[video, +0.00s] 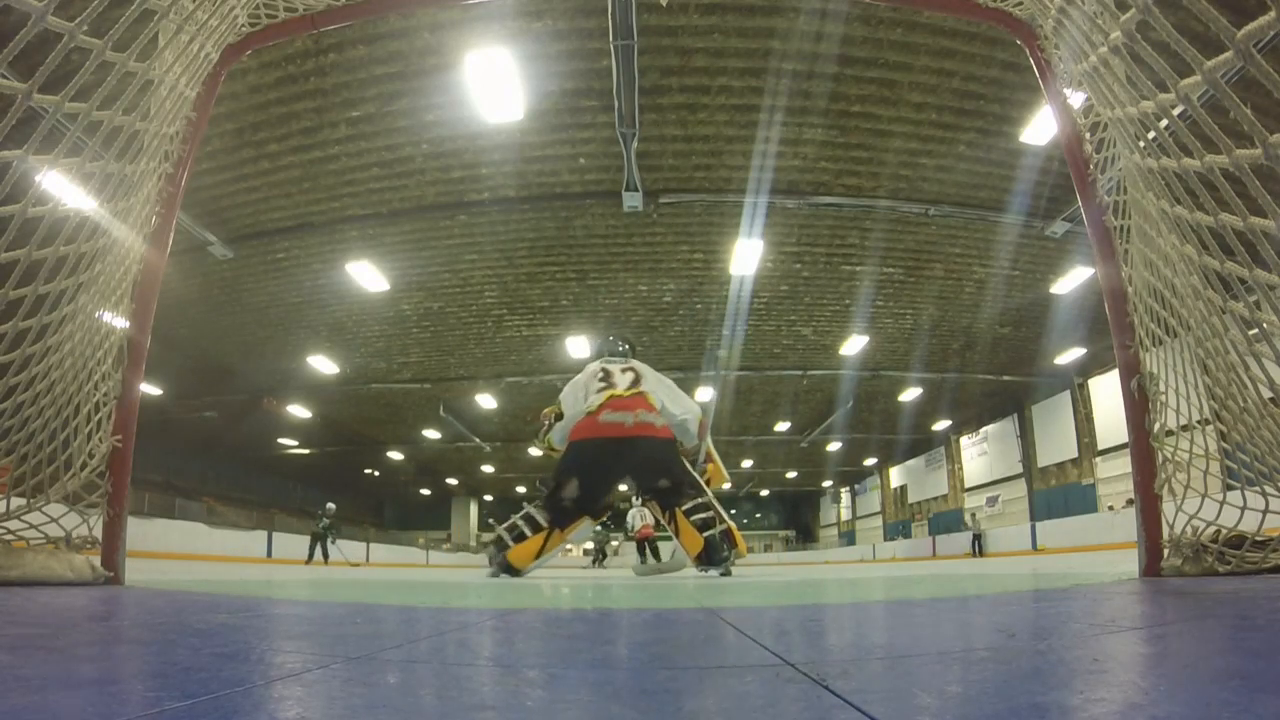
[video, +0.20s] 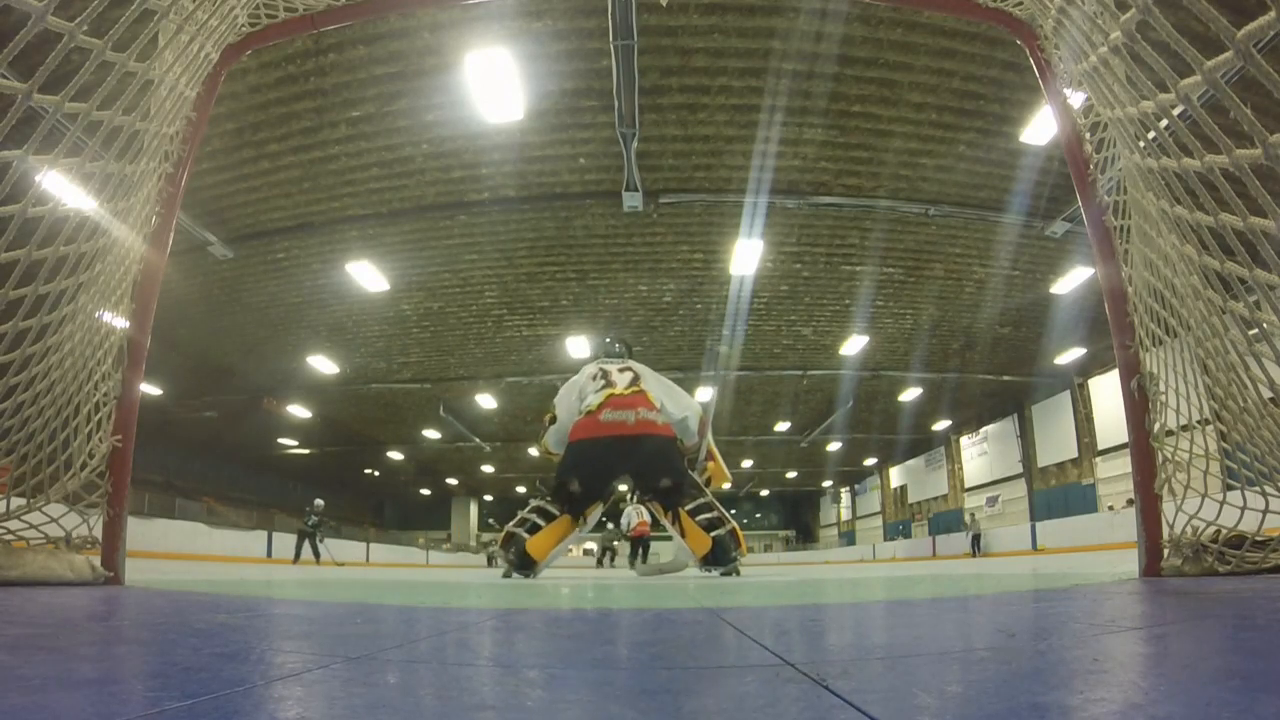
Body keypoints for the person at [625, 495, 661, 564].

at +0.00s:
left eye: (634, 502)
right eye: (638, 502)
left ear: (632, 503)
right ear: (641, 502)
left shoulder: (631, 512)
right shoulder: (646, 510)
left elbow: (629, 523)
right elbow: (652, 521)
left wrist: (629, 531)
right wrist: (650, 526)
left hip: (639, 532)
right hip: (649, 530)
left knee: (641, 549)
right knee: (653, 546)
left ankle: (643, 562)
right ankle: (658, 560)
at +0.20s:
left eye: (627, 500)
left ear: (628, 501)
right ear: (636, 500)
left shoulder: (628, 509)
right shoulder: (642, 507)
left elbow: (623, 522)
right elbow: (649, 519)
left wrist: (624, 532)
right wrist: (646, 526)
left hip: (635, 532)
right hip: (645, 531)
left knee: (634, 551)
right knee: (646, 547)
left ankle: (632, 565)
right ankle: (644, 563)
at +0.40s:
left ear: (625, 501)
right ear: (633, 500)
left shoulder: (625, 509)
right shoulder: (639, 508)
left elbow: (619, 523)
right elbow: (646, 519)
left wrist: (619, 533)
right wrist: (643, 528)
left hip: (629, 532)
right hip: (641, 531)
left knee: (626, 548)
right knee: (638, 546)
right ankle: (635, 562)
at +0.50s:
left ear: (625, 502)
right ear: (633, 501)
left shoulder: (624, 510)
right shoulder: (639, 508)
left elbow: (619, 524)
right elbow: (646, 520)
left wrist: (617, 534)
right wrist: (644, 528)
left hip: (629, 530)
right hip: (641, 530)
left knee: (624, 547)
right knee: (636, 546)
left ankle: (617, 559)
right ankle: (635, 561)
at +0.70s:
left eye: (632, 499)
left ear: (631, 500)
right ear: (640, 499)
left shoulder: (630, 509)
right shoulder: (646, 507)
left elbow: (626, 523)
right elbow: (652, 517)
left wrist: (625, 532)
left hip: (636, 530)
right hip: (648, 529)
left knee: (625, 545)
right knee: (641, 543)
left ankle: (617, 559)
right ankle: (643, 560)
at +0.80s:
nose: (638, 499)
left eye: (638, 498)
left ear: (639, 499)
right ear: (647, 498)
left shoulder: (637, 507)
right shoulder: (654, 505)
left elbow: (633, 522)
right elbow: (659, 515)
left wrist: (630, 532)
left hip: (642, 529)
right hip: (655, 528)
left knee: (632, 545)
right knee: (648, 545)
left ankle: (623, 561)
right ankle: (651, 562)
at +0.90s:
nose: (645, 497)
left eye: (645, 496)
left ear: (645, 497)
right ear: (654, 496)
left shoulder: (646, 506)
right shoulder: (661, 504)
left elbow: (640, 520)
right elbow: (667, 515)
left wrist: (637, 530)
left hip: (650, 530)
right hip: (661, 529)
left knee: (642, 543)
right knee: (657, 544)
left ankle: (637, 560)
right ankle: (662, 558)